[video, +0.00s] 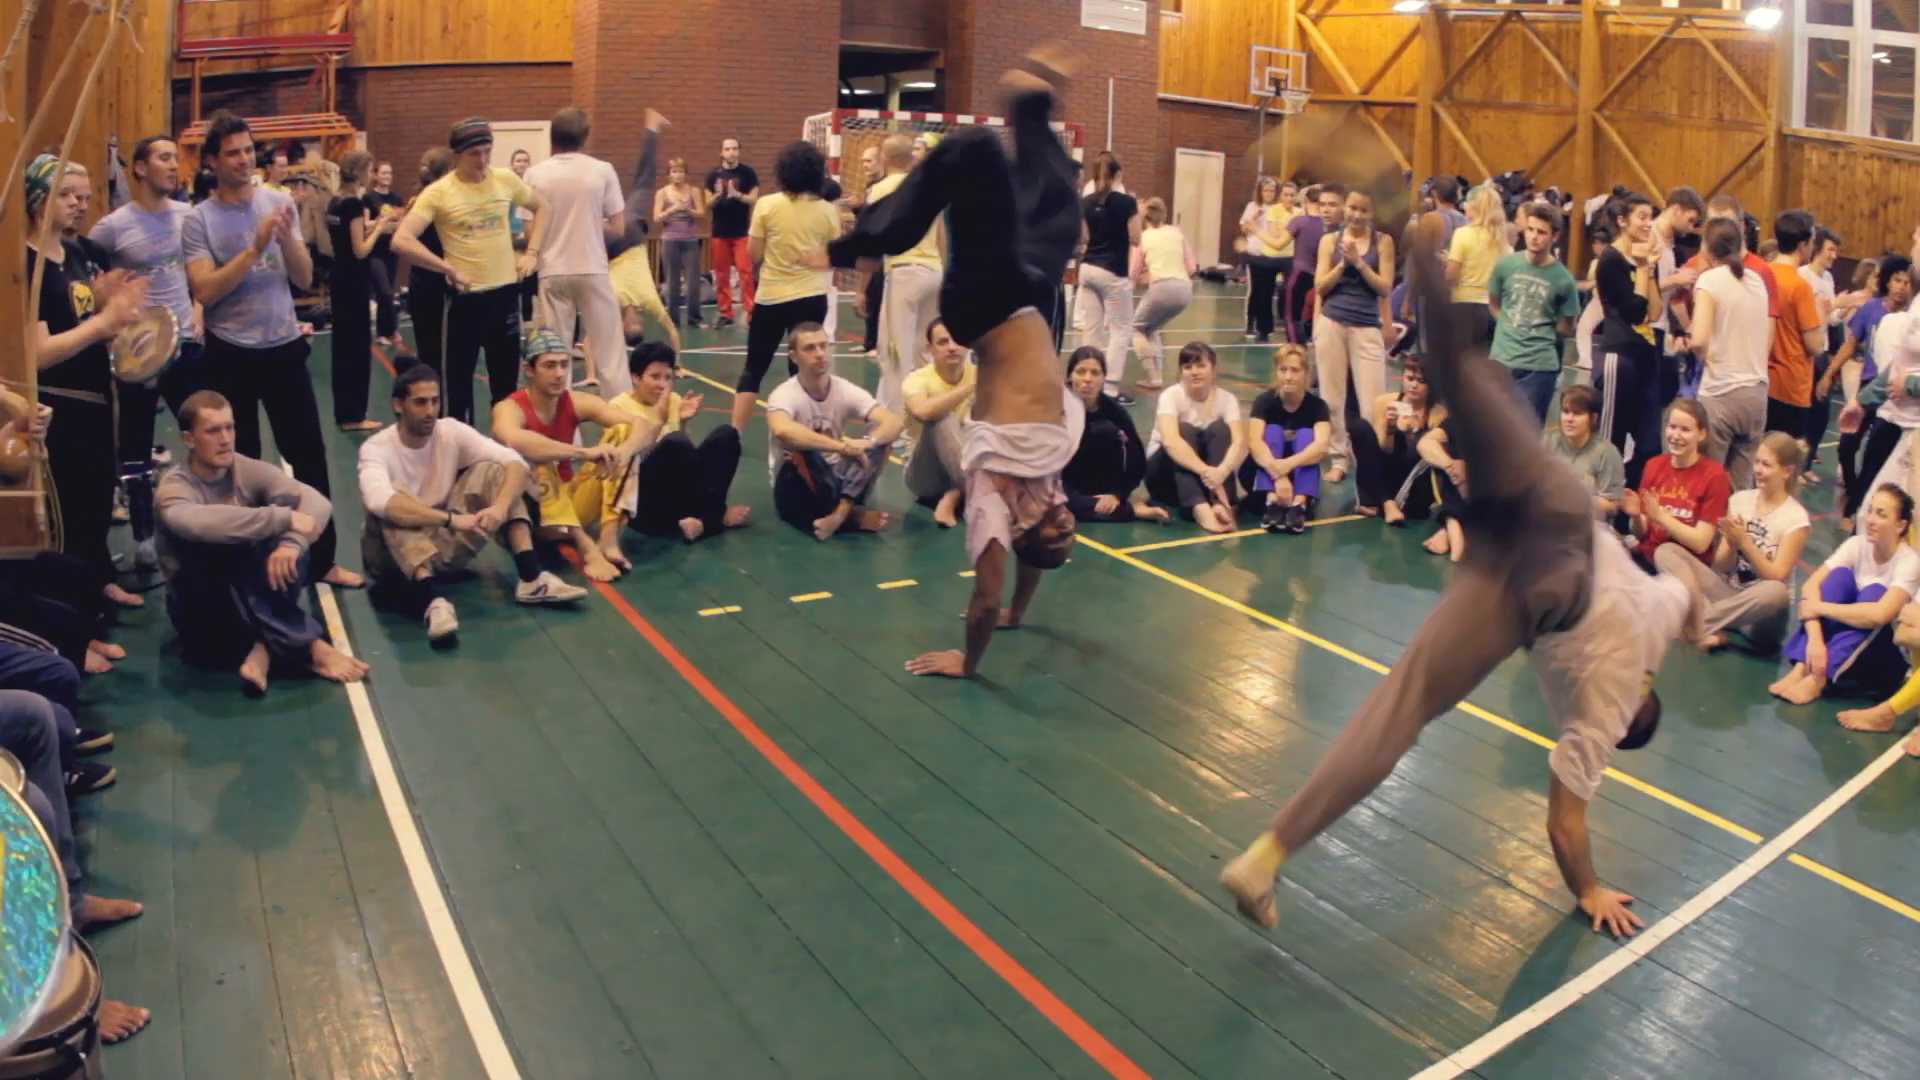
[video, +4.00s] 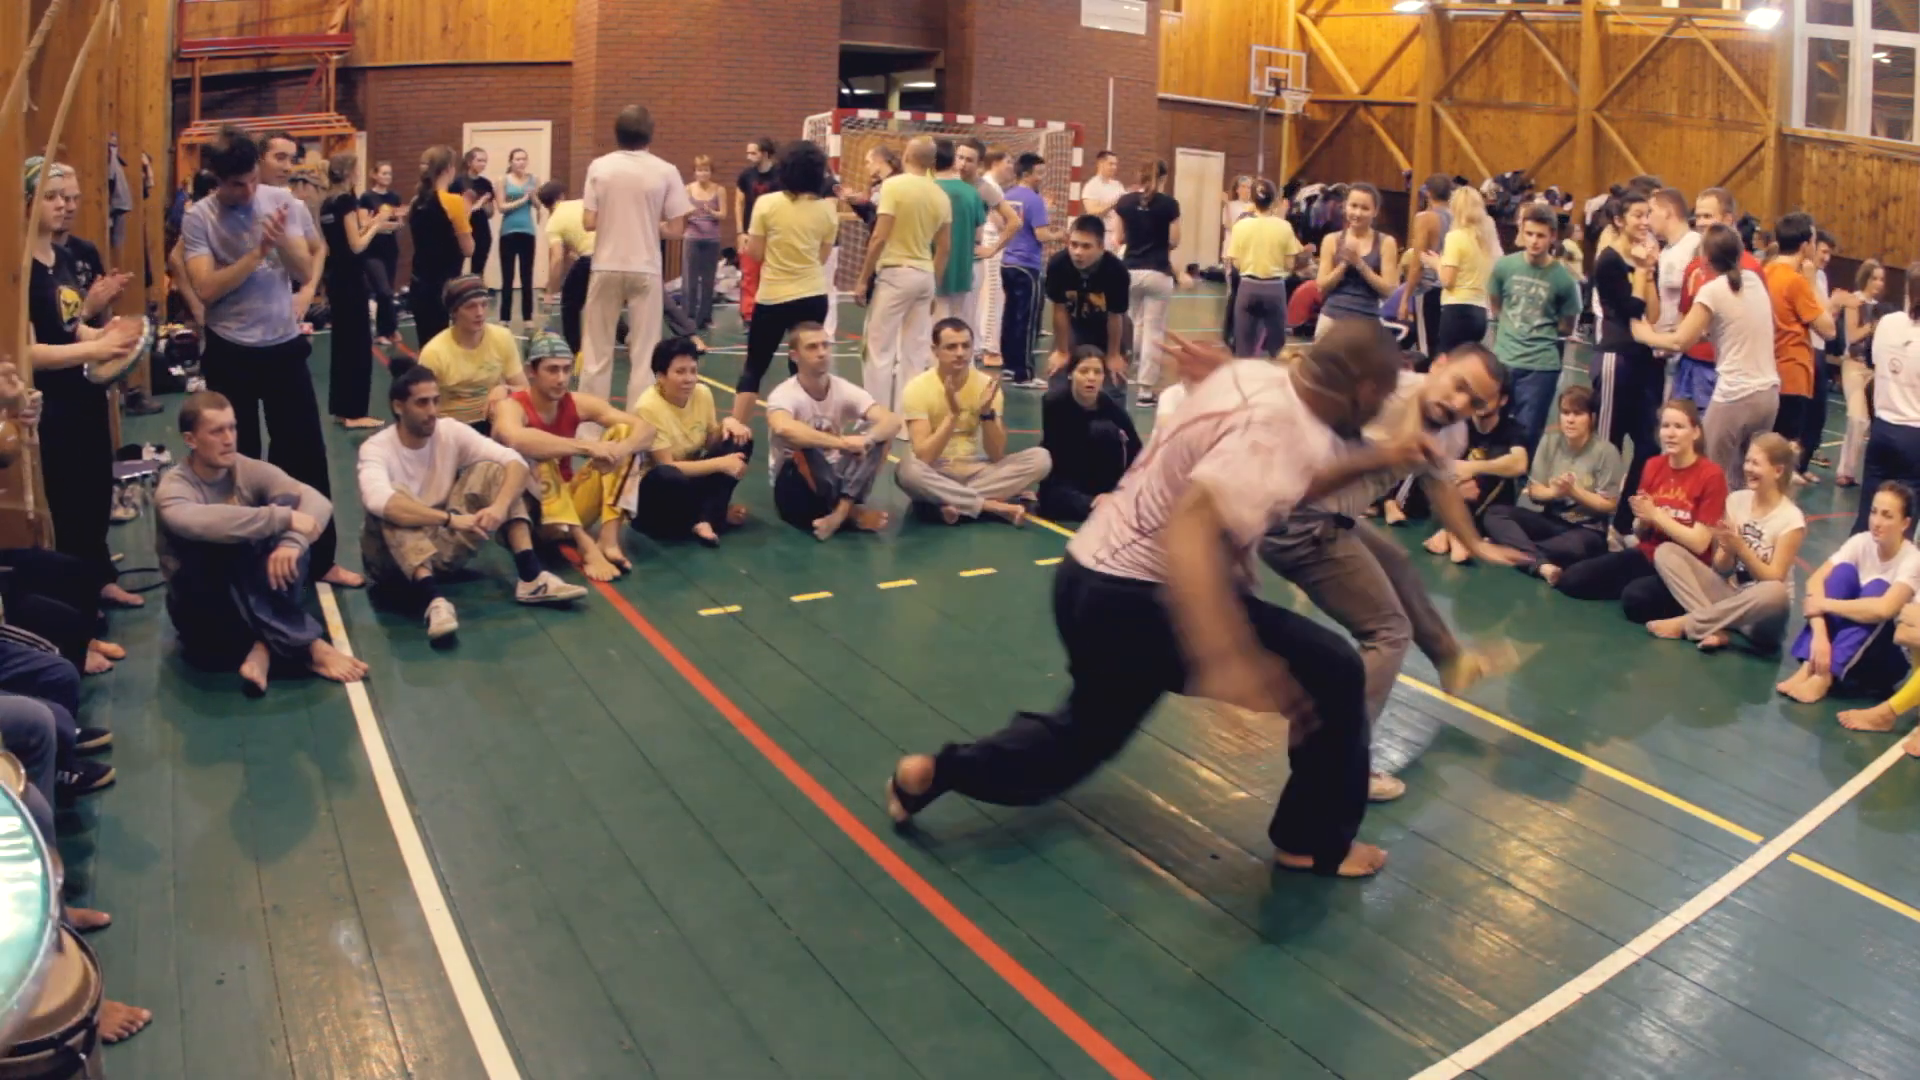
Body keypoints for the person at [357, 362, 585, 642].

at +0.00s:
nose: (430, 411)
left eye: (435, 402)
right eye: (420, 403)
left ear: (441, 402)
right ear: (398, 405)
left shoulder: (450, 431)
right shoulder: (376, 449)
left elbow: (516, 464)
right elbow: (380, 503)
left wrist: (500, 509)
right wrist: (451, 519)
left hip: (449, 545)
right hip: (398, 551)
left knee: (492, 470)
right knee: (396, 500)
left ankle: (532, 577)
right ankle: (434, 602)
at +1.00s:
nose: (432, 409)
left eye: (436, 400)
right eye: (422, 402)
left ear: (441, 399)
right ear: (398, 405)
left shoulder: (450, 430)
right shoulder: (376, 449)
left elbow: (516, 464)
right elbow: (380, 502)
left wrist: (500, 509)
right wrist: (450, 519)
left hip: (450, 545)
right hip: (399, 550)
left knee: (493, 470)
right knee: (396, 500)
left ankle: (532, 577)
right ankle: (434, 602)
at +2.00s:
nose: (433, 410)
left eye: (437, 401)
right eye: (423, 403)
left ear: (442, 401)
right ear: (399, 405)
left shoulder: (451, 431)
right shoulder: (376, 449)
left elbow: (516, 464)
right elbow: (380, 502)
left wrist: (500, 509)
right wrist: (450, 520)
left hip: (449, 547)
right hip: (398, 553)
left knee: (491, 470)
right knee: (396, 498)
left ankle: (532, 577)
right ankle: (434, 601)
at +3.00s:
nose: (429, 410)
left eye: (433, 400)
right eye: (419, 402)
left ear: (439, 400)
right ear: (396, 407)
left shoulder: (449, 431)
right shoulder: (374, 450)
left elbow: (515, 463)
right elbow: (378, 502)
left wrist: (499, 508)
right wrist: (449, 519)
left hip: (448, 548)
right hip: (397, 554)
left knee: (490, 470)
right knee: (395, 498)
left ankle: (532, 577)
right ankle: (434, 602)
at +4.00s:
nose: (432, 411)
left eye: (435, 401)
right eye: (422, 403)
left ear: (440, 401)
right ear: (398, 407)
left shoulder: (450, 431)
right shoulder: (376, 449)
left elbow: (516, 463)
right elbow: (380, 502)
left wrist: (500, 508)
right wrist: (450, 519)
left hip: (449, 546)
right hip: (397, 553)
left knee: (493, 470)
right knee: (395, 499)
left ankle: (532, 576)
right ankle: (434, 601)